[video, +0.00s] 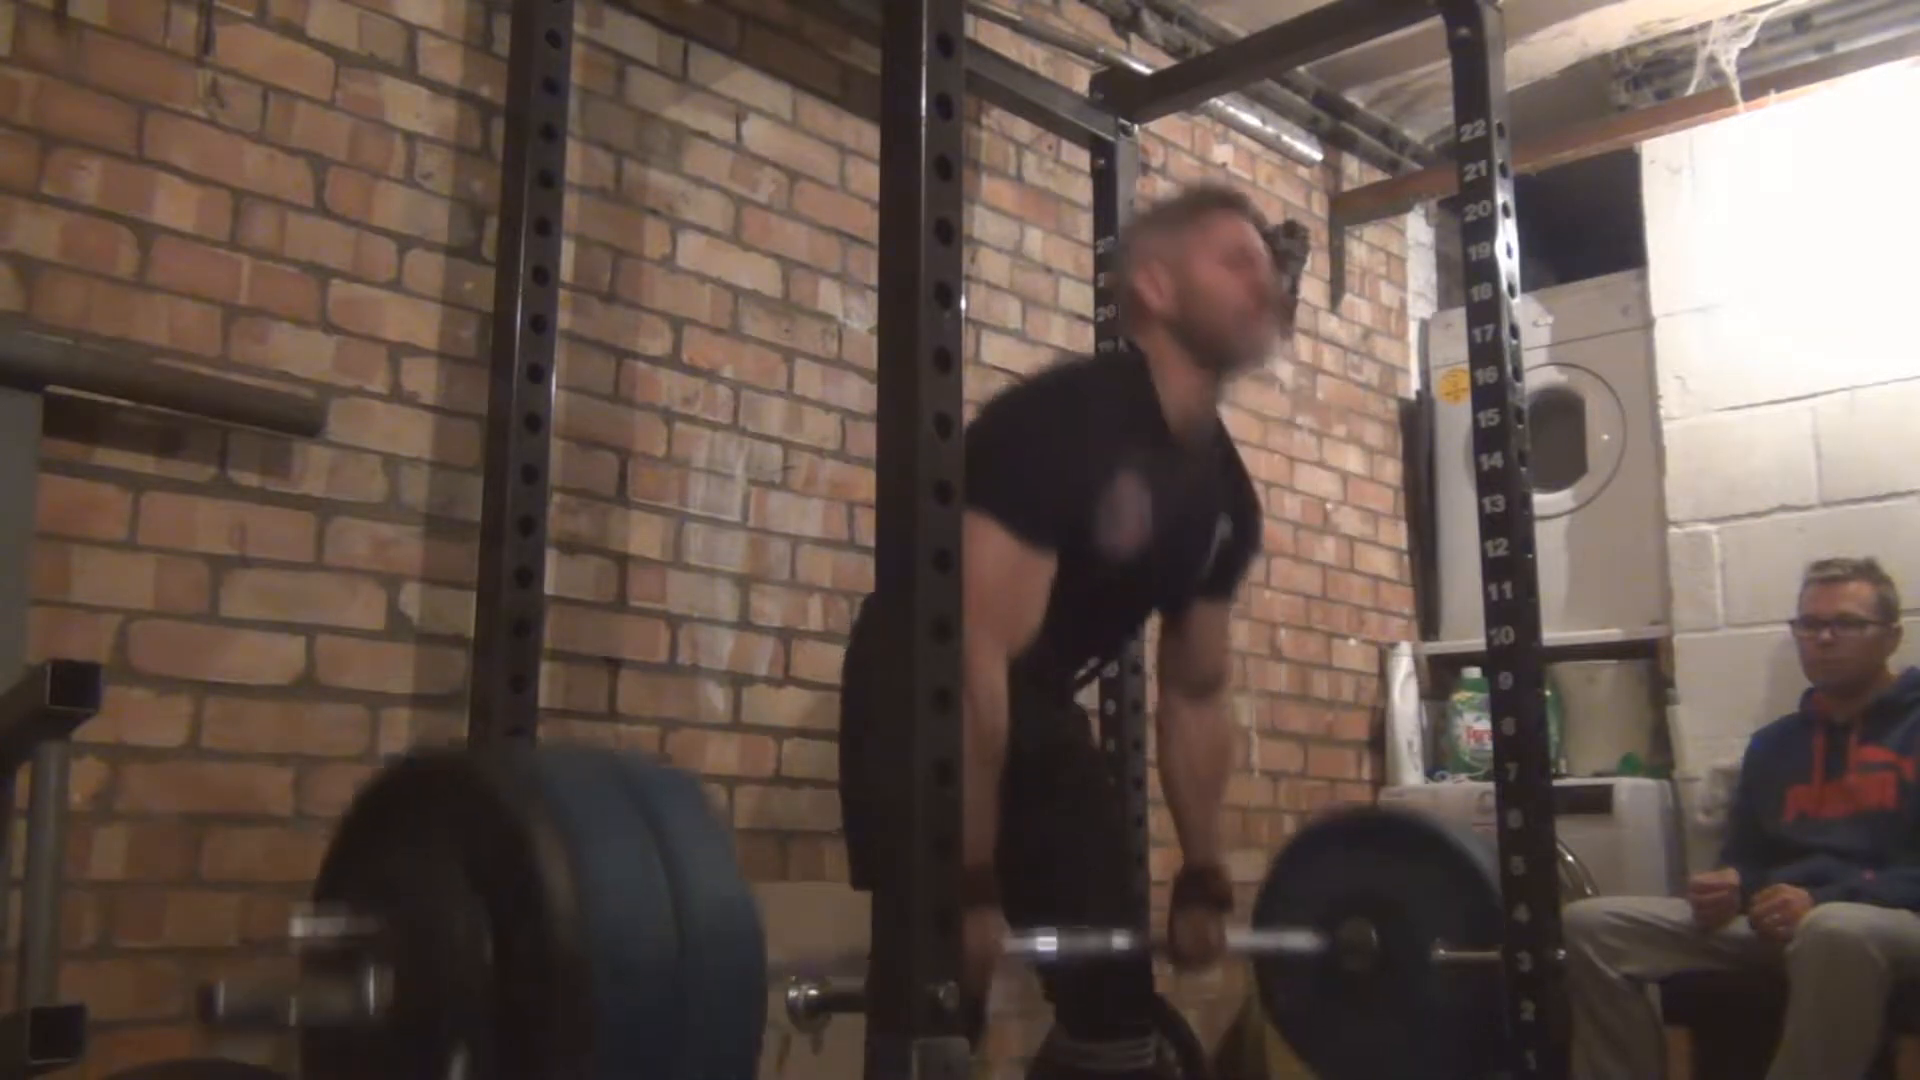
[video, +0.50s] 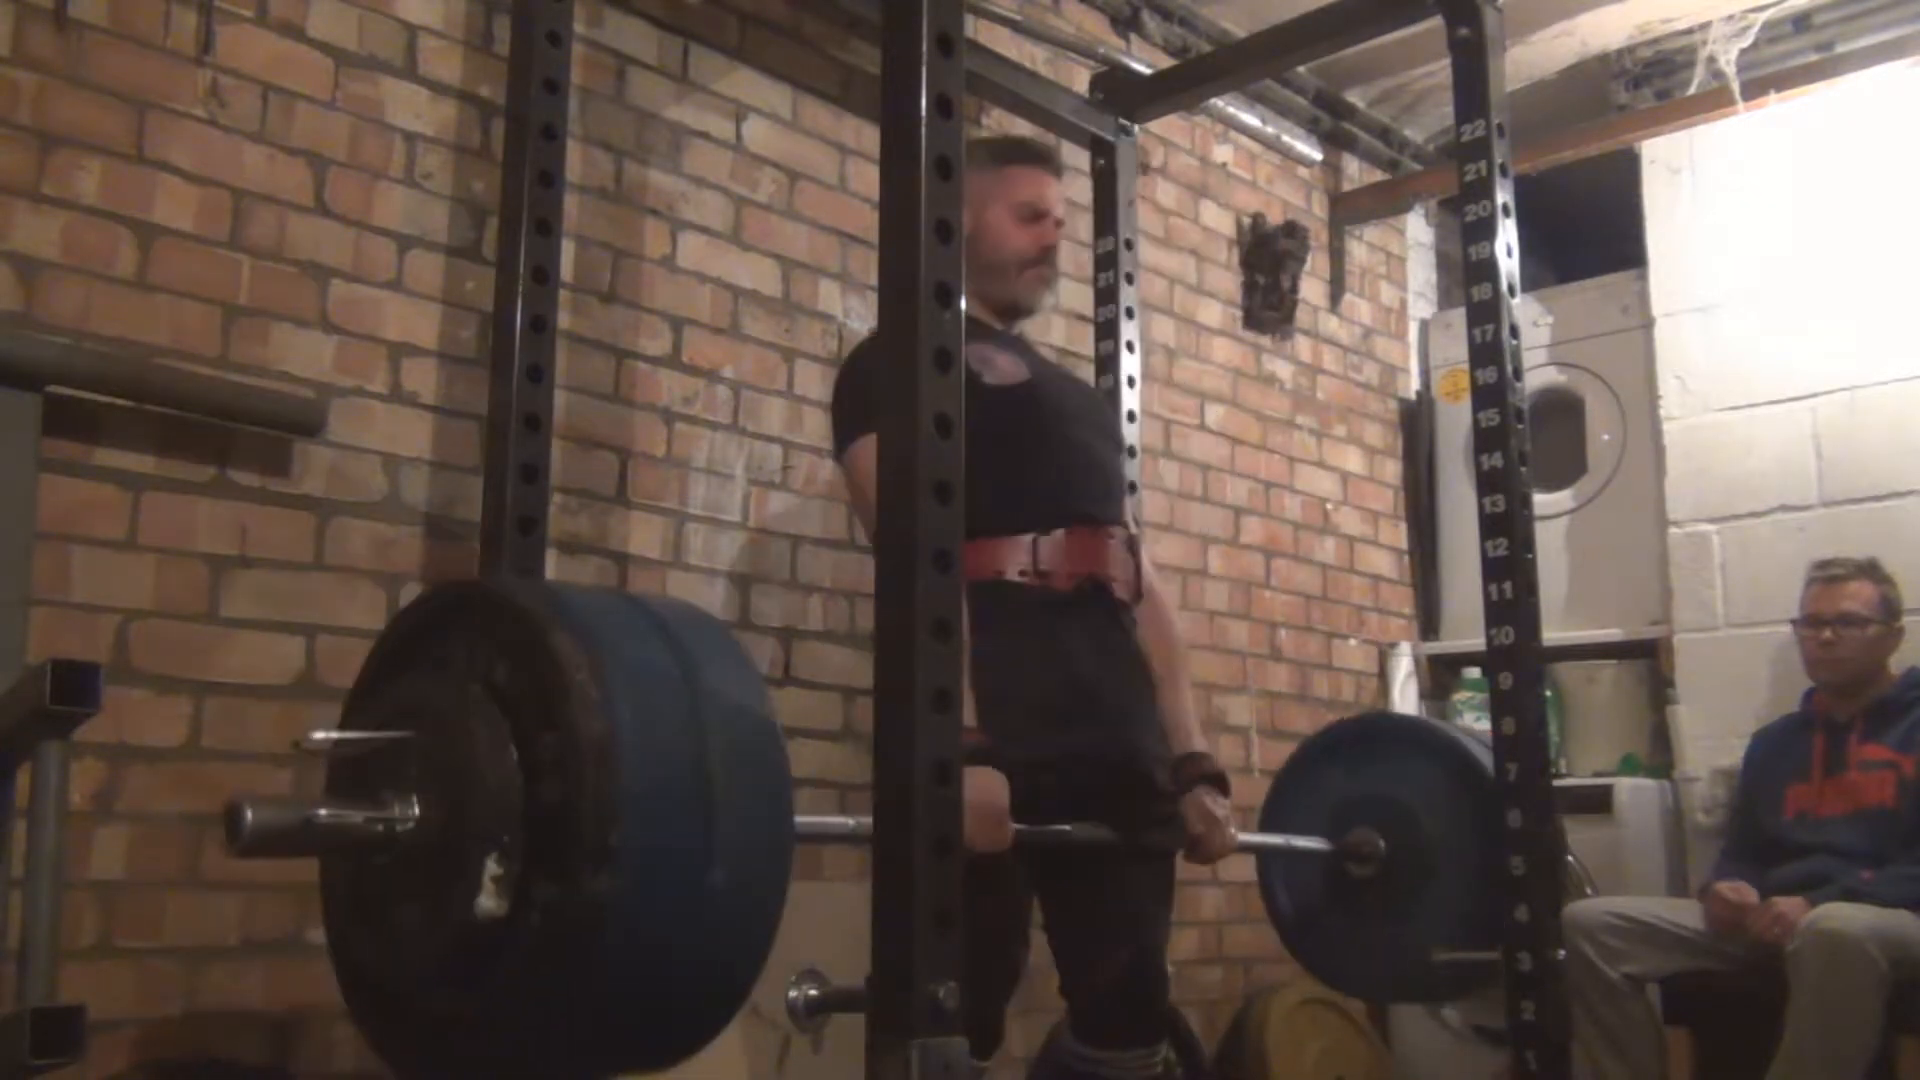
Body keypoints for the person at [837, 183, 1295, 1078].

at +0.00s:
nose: (1271, 283)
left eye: (1267, 263)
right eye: (1239, 260)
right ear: (1153, 285)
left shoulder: (1222, 494)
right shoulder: (1056, 424)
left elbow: (1197, 691)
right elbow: (976, 653)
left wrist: (1205, 861)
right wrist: (969, 887)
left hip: (1039, 690)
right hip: (923, 678)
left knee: (1108, 975)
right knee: (937, 973)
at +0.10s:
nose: (1221, 229)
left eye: (1215, 209)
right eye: (1188, 208)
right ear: (1108, 239)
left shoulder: (1204, 445)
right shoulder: (1036, 380)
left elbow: (1186, 644)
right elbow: (968, 604)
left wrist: (1199, 823)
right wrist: (969, 828)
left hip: (1072, 690)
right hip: (949, 679)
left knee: (1117, 992)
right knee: (946, 993)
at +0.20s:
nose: (1162, 198)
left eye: (1160, 181)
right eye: (1133, 177)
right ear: (1054, 202)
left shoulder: (1172, 405)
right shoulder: (1009, 341)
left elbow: (1174, 606)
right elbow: (961, 569)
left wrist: (1193, 778)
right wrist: (966, 782)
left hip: (1092, 692)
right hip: (982, 671)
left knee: (1124, 1003)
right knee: (958, 1003)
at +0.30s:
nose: (1110, 193)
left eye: (1112, 177)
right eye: (1082, 173)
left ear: (1116, 199)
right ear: (1004, 193)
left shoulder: (1124, 381)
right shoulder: (972, 329)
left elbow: (1159, 584)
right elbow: (948, 549)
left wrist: (1193, 761)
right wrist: (963, 751)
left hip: (1094, 691)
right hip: (981, 685)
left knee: (1120, 1006)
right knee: (955, 1008)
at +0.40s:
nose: (1075, 220)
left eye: (1082, 202)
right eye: (1050, 197)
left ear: (1087, 213)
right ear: (973, 205)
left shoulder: (1085, 375)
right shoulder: (918, 344)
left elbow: (1143, 573)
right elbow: (913, 551)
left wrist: (1191, 754)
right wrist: (960, 740)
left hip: (1101, 676)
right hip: (976, 679)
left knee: (1117, 1001)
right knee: (954, 1006)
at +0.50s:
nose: (1053, 238)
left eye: (1057, 221)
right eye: (1029, 217)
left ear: (1054, 237)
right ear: (955, 223)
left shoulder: (1080, 396)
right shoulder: (892, 365)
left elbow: (1136, 585)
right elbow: (913, 561)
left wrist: (1190, 761)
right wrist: (962, 745)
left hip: (1110, 740)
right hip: (976, 745)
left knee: (1123, 1023)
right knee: (956, 1028)